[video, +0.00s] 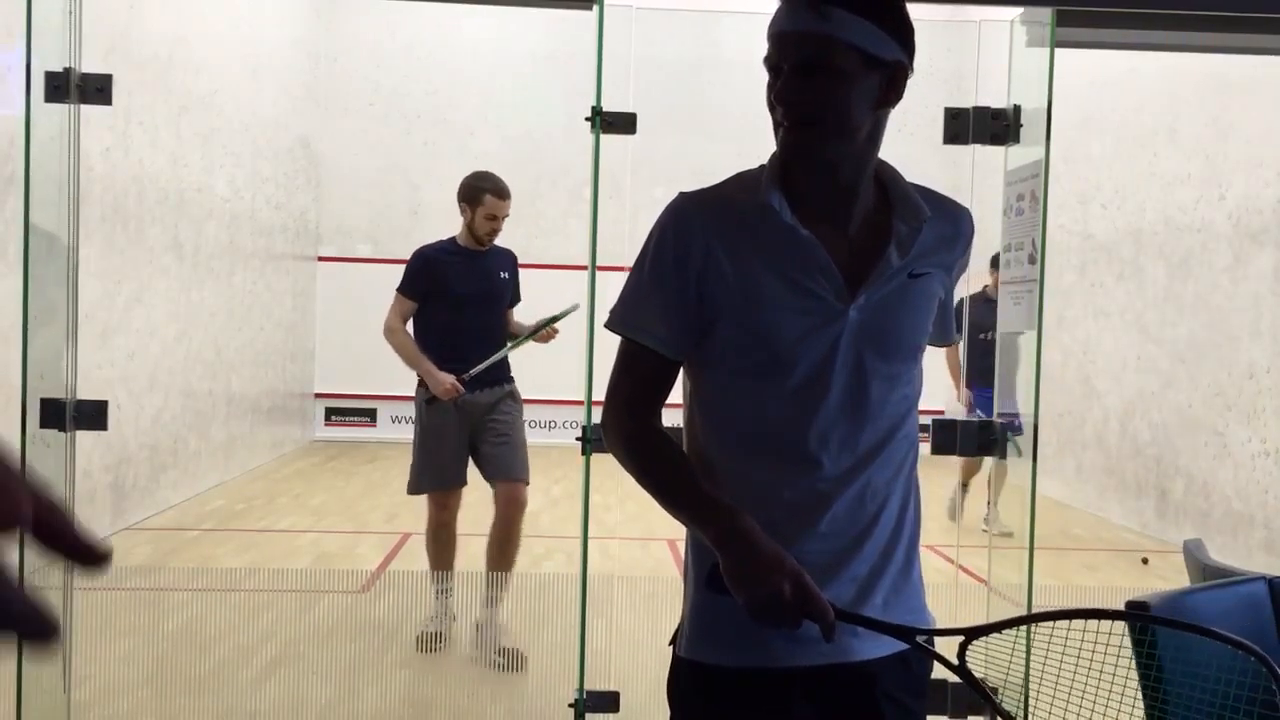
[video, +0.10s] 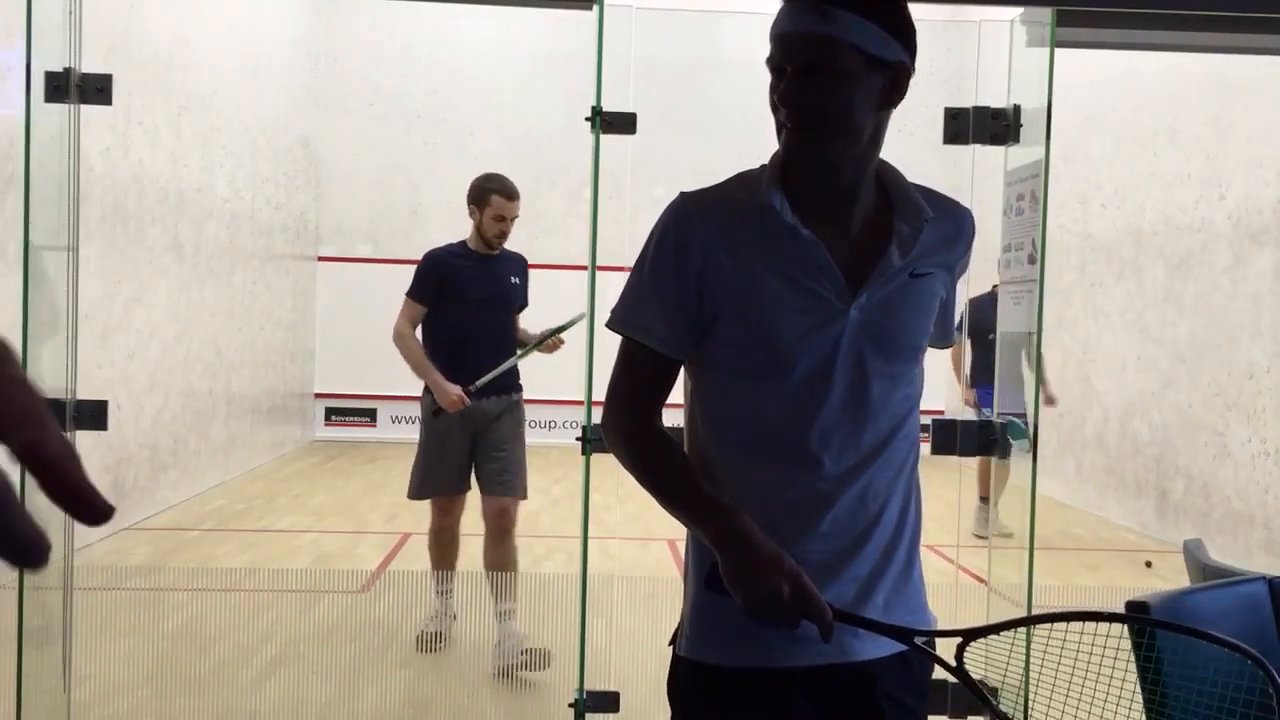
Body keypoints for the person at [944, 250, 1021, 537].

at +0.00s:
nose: (1004, 282)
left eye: (1009, 277)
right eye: (1001, 276)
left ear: (1013, 279)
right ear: (991, 274)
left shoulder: (1016, 306)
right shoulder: (969, 305)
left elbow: (1021, 349)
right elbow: (951, 345)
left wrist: (1017, 391)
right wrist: (960, 385)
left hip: (1007, 391)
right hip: (977, 390)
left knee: (1001, 455)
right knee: (974, 456)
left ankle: (992, 511)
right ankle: (961, 489)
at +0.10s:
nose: (1015, 280)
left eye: (1019, 274)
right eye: (1011, 273)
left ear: (1024, 278)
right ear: (1001, 275)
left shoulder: (1023, 307)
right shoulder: (977, 306)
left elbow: (1033, 351)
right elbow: (957, 346)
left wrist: (1045, 386)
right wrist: (964, 386)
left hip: (1013, 389)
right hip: (984, 388)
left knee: (1004, 452)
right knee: (987, 449)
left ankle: (992, 512)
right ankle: (982, 513)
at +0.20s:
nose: (1019, 281)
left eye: (1024, 276)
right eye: (1013, 275)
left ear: (1031, 276)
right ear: (1004, 276)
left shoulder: (1036, 305)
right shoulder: (986, 309)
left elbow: (1048, 345)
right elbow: (961, 349)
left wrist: (1071, 376)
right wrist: (966, 391)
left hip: (1023, 390)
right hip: (995, 390)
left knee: (1008, 451)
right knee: (1004, 451)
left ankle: (994, 512)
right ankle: (1001, 517)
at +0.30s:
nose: (1043, 280)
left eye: (1045, 275)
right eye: (1038, 274)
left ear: (1047, 277)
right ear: (1023, 274)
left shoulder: (1048, 310)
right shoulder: (995, 311)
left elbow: (1063, 349)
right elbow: (966, 351)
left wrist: (1090, 367)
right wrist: (967, 393)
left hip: (1032, 397)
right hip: (1003, 397)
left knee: (1010, 461)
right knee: (1012, 462)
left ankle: (994, 515)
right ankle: (1021, 529)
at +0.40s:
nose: (1053, 286)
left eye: (1056, 280)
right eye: (1048, 280)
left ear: (1058, 280)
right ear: (1032, 278)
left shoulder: (1058, 310)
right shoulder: (1007, 309)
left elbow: (1071, 349)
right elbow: (973, 353)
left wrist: (1099, 369)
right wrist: (974, 395)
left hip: (1045, 398)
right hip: (1014, 398)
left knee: (1040, 465)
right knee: (1020, 464)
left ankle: (1003, 501)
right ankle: (1024, 530)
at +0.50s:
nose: (1064, 286)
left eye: (1068, 280)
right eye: (1059, 279)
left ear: (1070, 279)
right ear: (1042, 277)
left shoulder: (1068, 306)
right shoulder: (1020, 306)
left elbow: (1075, 348)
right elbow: (987, 352)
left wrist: (1101, 381)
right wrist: (991, 398)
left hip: (1056, 398)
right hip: (1022, 398)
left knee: (1064, 465)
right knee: (1026, 466)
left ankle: (1023, 496)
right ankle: (1025, 534)